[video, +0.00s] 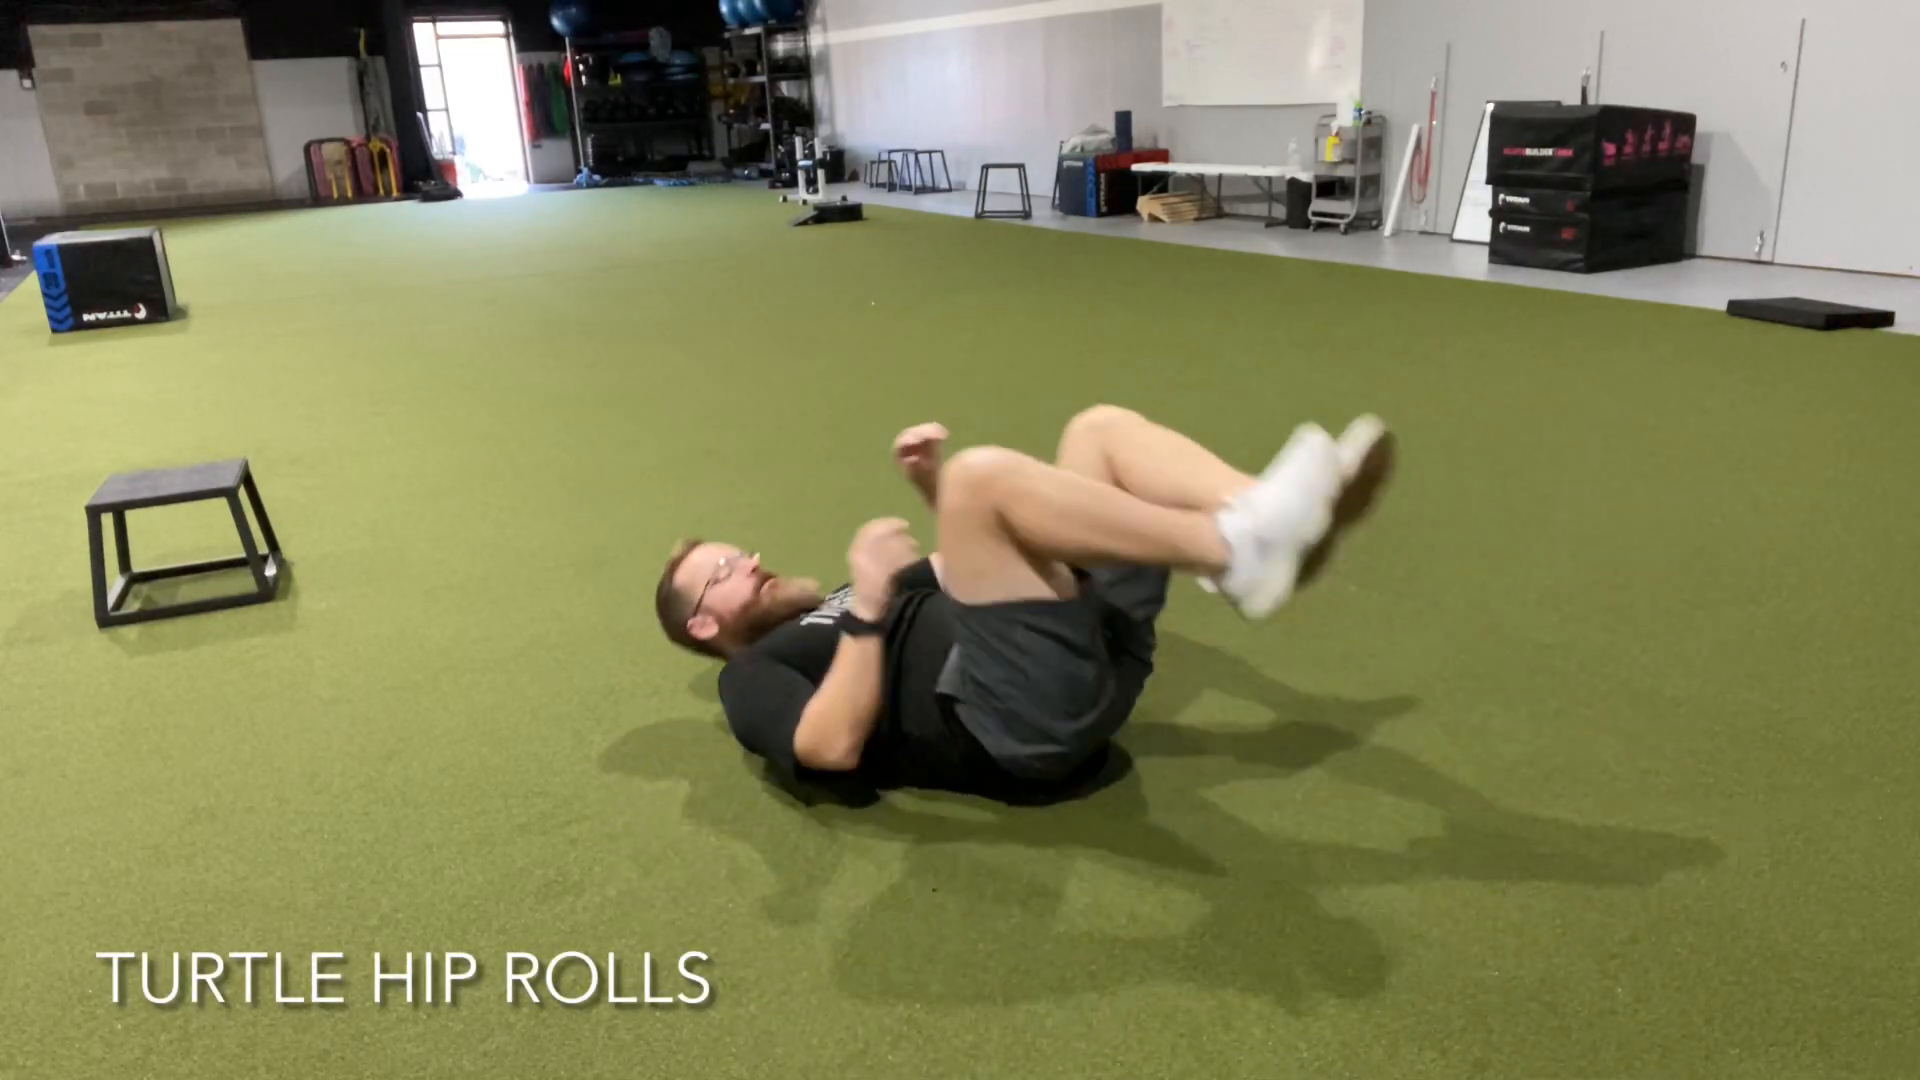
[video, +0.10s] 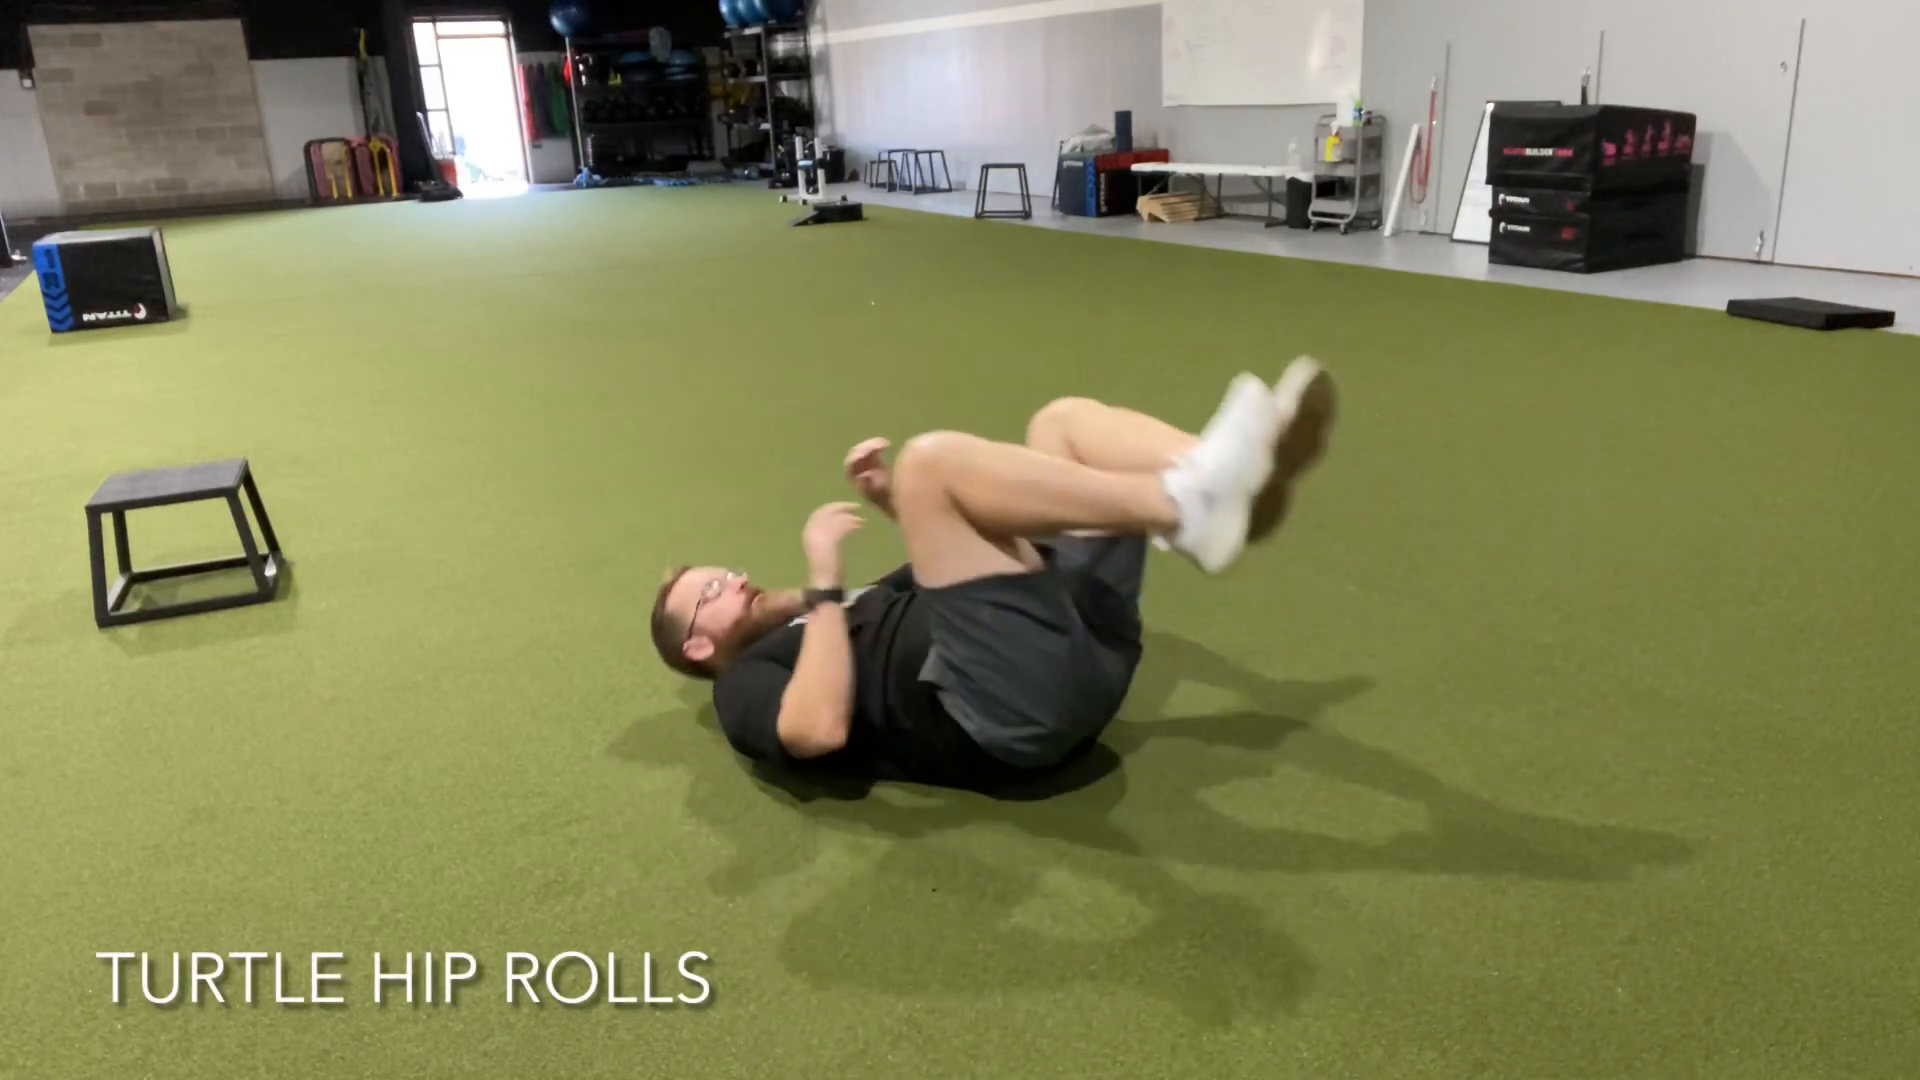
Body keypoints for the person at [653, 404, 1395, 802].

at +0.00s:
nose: (752, 564)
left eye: (743, 557)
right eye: (723, 574)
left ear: (769, 565)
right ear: (707, 627)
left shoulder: (857, 603)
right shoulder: (755, 678)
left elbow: (986, 589)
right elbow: (829, 746)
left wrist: (940, 498)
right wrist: (872, 600)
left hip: (1078, 683)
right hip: (1012, 726)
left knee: (1099, 428)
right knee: (974, 473)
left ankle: (1274, 514)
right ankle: (1230, 553)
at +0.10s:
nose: (728, 581)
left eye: (723, 573)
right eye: (705, 598)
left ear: (752, 577)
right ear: (701, 650)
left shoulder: (843, 607)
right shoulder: (743, 689)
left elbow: (994, 563)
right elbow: (817, 729)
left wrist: (902, 498)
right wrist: (824, 579)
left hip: (1077, 654)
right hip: (1003, 700)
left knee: (1063, 421)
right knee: (928, 459)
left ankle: (1232, 470)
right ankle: (1181, 511)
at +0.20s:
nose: (715, 599)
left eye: (712, 593)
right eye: (695, 618)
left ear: (744, 597)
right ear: (702, 671)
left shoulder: (839, 623)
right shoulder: (739, 701)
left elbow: (962, 557)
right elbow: (802, 704)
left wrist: (861, 519)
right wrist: (790, 567)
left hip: (1075, 654)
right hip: (991, 689)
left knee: (1027, 414)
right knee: (877, 458)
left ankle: (1187, 425)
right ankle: (1126, 459)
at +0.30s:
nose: (718, 605)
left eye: (709, 602)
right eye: (693, 623)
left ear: (743, 609)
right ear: (698, 675)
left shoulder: (849, 638)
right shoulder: (734, 699)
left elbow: (957, 550)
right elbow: (788, 680)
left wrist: (845, 532)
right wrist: (764, 559)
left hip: (1072, 658)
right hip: (979, 674)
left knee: (1001, 465)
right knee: (844, 464)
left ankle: (1141, 407)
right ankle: (1066, 413)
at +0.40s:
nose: (711, 605)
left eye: (702, 603)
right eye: (688, 624)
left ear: (735, 610)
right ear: (692, 678)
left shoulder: (831, 645)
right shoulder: (728, 707)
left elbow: (935, 551)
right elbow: (780, 665)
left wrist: (827, 541)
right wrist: (757, 555)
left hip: (1067, 644)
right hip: (968, 672)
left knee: (984, 456)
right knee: (829, 463)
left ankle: (1115, 393)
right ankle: (1040, 397)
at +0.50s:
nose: (705, 606)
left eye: (696, 605)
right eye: (682, 627)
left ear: (729, 613)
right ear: (688, 681)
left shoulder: (826, 645)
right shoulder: (725, 707)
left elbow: (933, 552)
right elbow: (773, 661)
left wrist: (831, 542)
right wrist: (757, 549)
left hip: (1058, 645)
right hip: (957, 671)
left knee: (988, 448)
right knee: (830, 455)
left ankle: (1111, 394)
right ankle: (1035, 396)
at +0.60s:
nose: (701, 607)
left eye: (691, 604)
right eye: (679, 624)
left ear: (723, 606)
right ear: (682, 674)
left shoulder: (826, 646)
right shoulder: (722, 701)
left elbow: (945, 539)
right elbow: (776, 659)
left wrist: (842, 530)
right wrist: (769, 542)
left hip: (1052, 646)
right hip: (956, 667)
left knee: (1006, 415)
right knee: (847, 438)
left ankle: (1135, 400)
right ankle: (1057, 409)